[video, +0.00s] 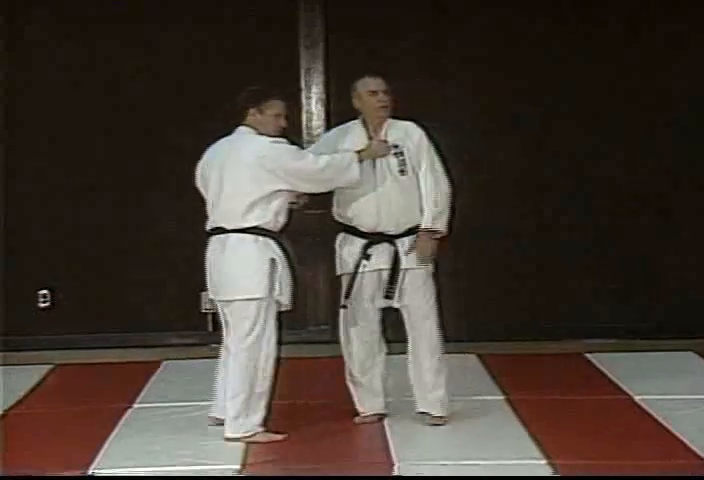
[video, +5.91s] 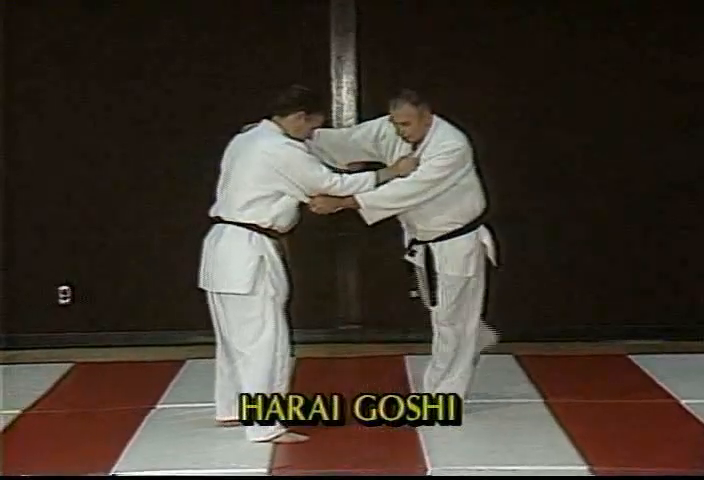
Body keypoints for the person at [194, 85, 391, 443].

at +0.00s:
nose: (283, 124)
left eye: (284, 117)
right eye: (277, 117)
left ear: (248, 117)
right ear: (254, 115)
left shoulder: (214, 153)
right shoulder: (269, 151)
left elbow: (208, 189)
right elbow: (316, 169)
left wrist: (277, 196)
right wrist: (362, 155)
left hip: (219, 250)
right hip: (252, 252)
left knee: (234, 338)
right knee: (252, 342)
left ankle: (223, 409)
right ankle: (243, 425)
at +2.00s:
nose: (256, 126)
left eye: (257, 119)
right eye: (254, 118)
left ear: (224, 113)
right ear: (237, 113)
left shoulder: (190, 146)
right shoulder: (235, 149)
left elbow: (175, 176)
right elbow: (288, 169)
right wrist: (350, 158)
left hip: (194, 249)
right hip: (228, 253)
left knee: (206, 340)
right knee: (239, 344)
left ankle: (203, 413)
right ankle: (237, 430)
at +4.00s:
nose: (254, 116)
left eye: (253, 110)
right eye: (250, 110)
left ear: (221, 112)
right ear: (230, 111)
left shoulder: (194, 146)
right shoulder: (240, 149)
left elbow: (181, 180)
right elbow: (295, 162)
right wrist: (353, 149)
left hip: (204, 250)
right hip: (238, 252)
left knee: (213, 340)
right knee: (246, 343)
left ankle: (209, 413)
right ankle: (239, 430)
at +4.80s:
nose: (277, 124)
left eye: (278, 117)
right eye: (275, 116)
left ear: (240, 113)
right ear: (259, 113)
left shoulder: (207, 144)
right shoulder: (255, 151)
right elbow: (311, 169)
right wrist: (365, 155)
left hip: (202, 248)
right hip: (236, 252)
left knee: (213, 341)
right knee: (247, 342)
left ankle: (212, 412)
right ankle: (242, 429)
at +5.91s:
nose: (312, 133)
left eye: (315, 127)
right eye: (312, 125)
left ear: (283, 115)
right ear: (297, 117)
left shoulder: (244, 139)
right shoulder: (281, 150)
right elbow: (330, 184)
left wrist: (335, 168)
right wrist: (387, 175)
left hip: (219, 243)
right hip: (249, 250)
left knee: (232, 336)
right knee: (264, 339)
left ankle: (229, 408)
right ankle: (264, 425)